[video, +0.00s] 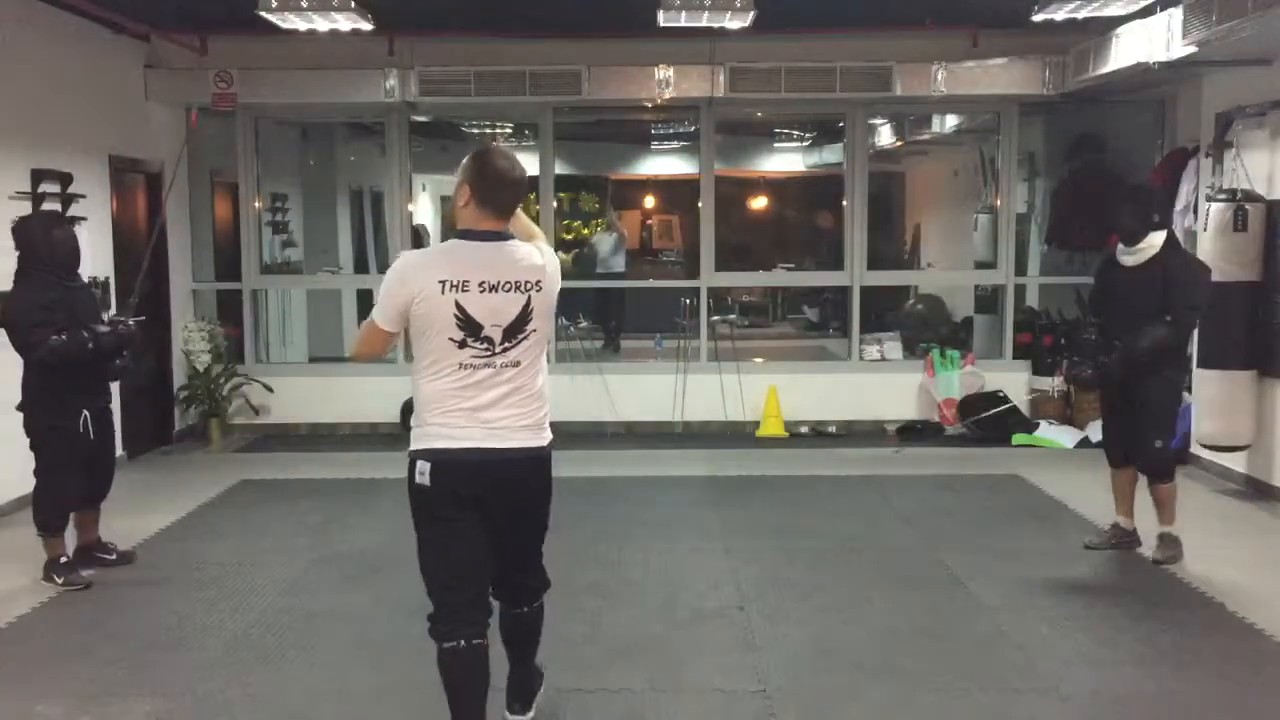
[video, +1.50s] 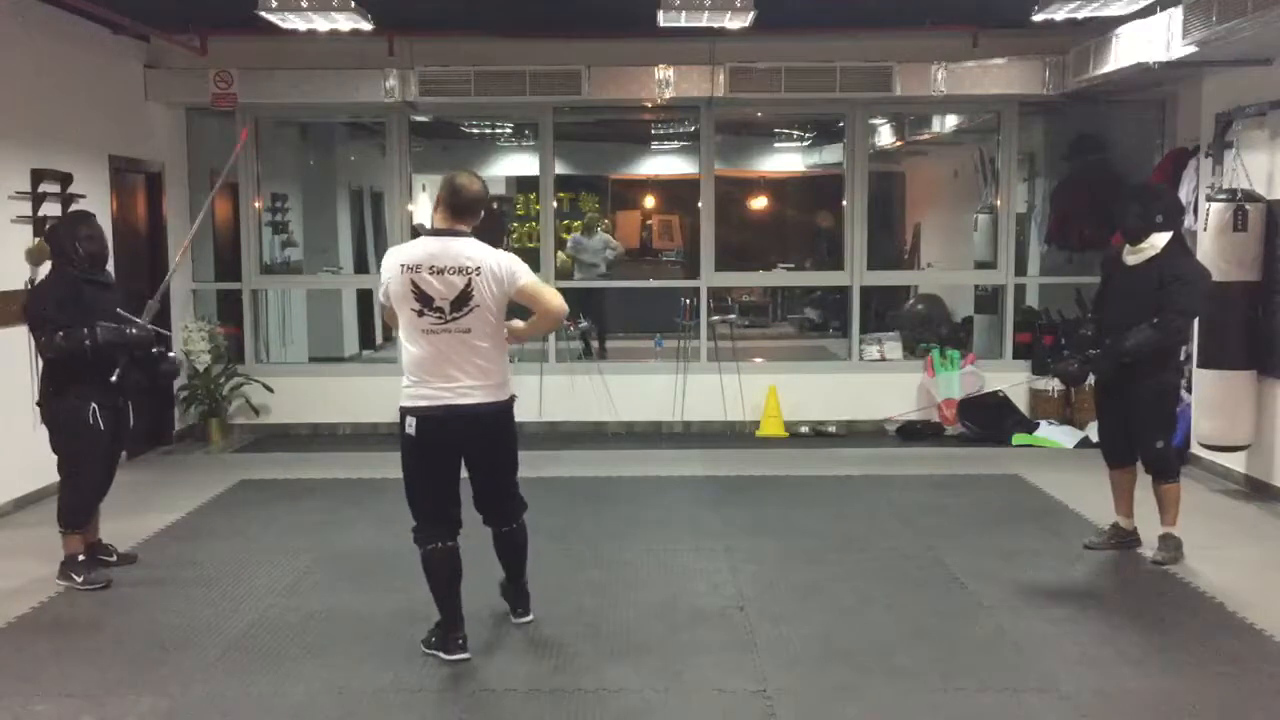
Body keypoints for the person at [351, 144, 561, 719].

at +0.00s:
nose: (455, 191)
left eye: (457, 184)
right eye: (459, 183)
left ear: (464, 194)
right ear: (519, 204)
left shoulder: (415, 268)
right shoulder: (541, 267)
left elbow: (367, 348)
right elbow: (535, 238)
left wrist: (402, 313)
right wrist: (502, 201)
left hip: (443, 459)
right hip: (525, 458)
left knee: (457, 607)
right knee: (521, 580)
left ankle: (468, 714)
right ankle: (522, 690)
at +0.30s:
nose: (473, 192)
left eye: (476, 184)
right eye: (476, 184)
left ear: (486, 193)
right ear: (533, 200)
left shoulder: (443, 261)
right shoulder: (558, 260)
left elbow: (396, 337)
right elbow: (547, 239)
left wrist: (424, 305)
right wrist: (516, 206)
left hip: (465, 444)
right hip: (542, 441)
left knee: (451, 565)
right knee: (528, 565)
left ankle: (475, 676)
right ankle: (523, 687)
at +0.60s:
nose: (472, 193)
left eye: (475, 185)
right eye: (476, 184)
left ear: (483, 192)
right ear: (529, 199)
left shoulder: (444, 258)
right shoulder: (554, 256)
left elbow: (400, 331)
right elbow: (531, 310)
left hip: (465, 432)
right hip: (537, 431)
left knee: (456, 545)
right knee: (526, 551)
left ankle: (461, 652)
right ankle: (521, 683)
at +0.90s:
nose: (447, 205)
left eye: (449, 198)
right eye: (454, 198)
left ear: (454, 204)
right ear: (500, 211)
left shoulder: (418, 266)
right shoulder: (528, 260)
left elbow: (386, 333)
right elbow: (524, 249)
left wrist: (420, 300)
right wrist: (485, 225)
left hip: (445, 427)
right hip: (513, 424)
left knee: (445, 533)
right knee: (515, 533)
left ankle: (452, 633)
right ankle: (518, 656)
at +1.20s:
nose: (430, 202)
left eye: (430, 195)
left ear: (431, 200)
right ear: (476, 204)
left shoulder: (394, 257)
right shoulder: (503, 256)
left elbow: (373, 324)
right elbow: (542, 294)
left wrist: (412, 310)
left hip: (427, 415)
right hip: (493, 411)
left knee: (439, 524)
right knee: (514, 502)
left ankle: (451, 632)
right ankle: (515, 607)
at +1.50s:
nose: (432, 209)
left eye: (434, 202)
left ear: (436, 207)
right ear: (480, 215)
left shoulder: (397, 258)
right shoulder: (497, 261)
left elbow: (392, 320)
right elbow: (556, 310)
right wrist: (519, 330)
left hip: (426, 416)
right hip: (490, 413)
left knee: (435, 525)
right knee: (503, 505)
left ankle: (451, 632)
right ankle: (518, 596)